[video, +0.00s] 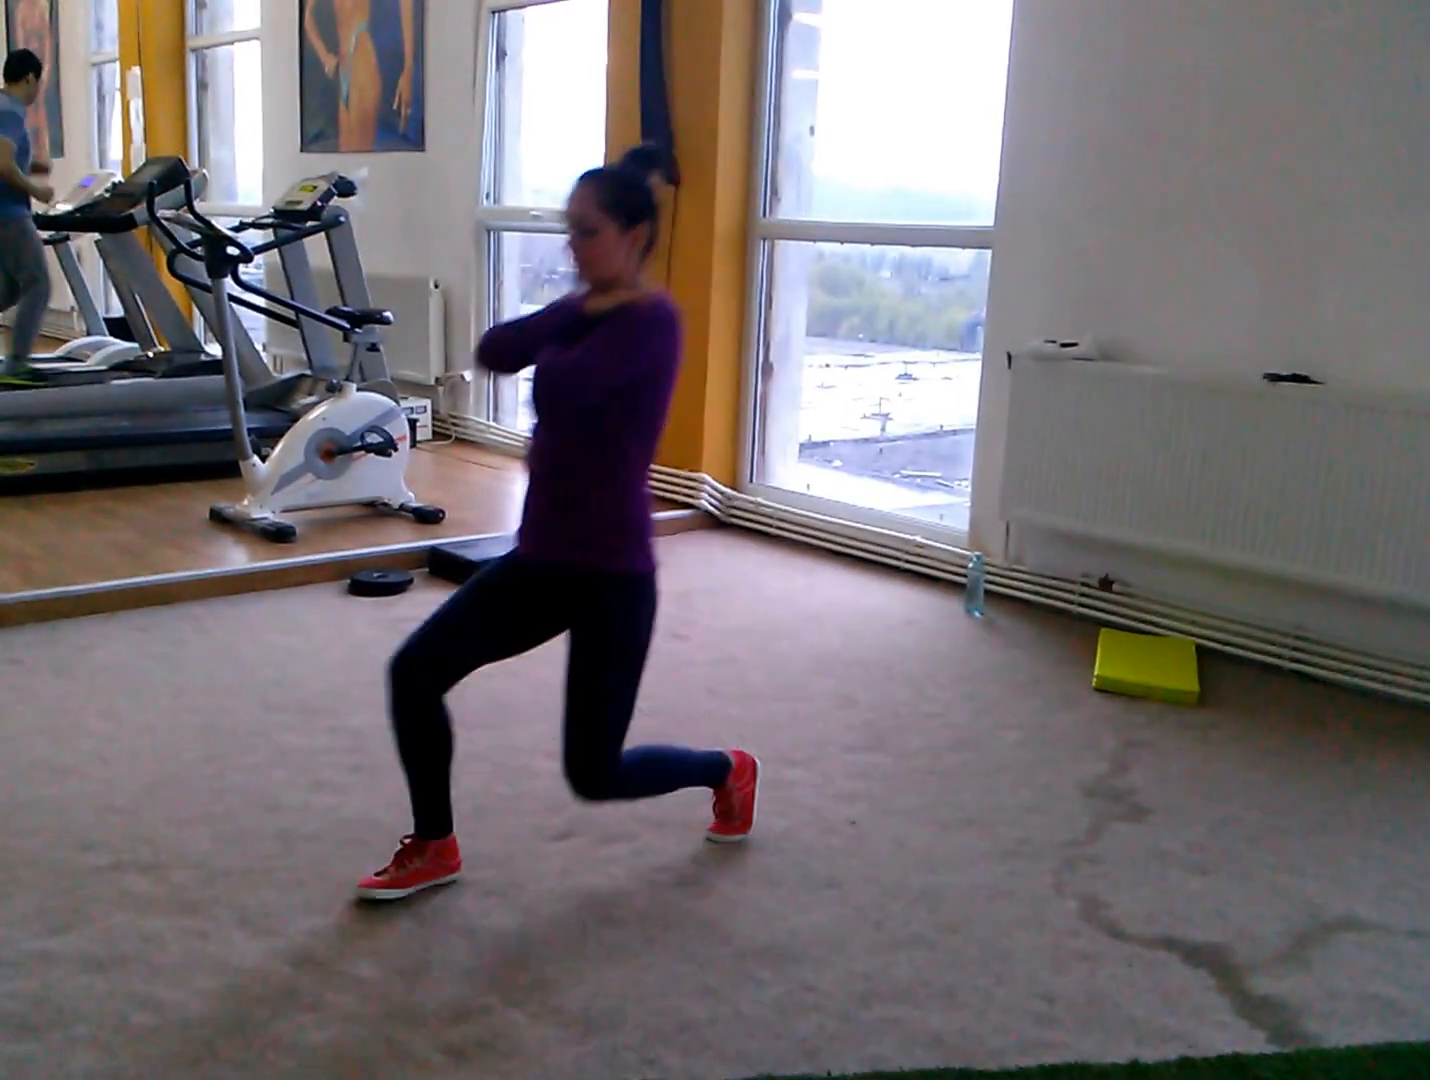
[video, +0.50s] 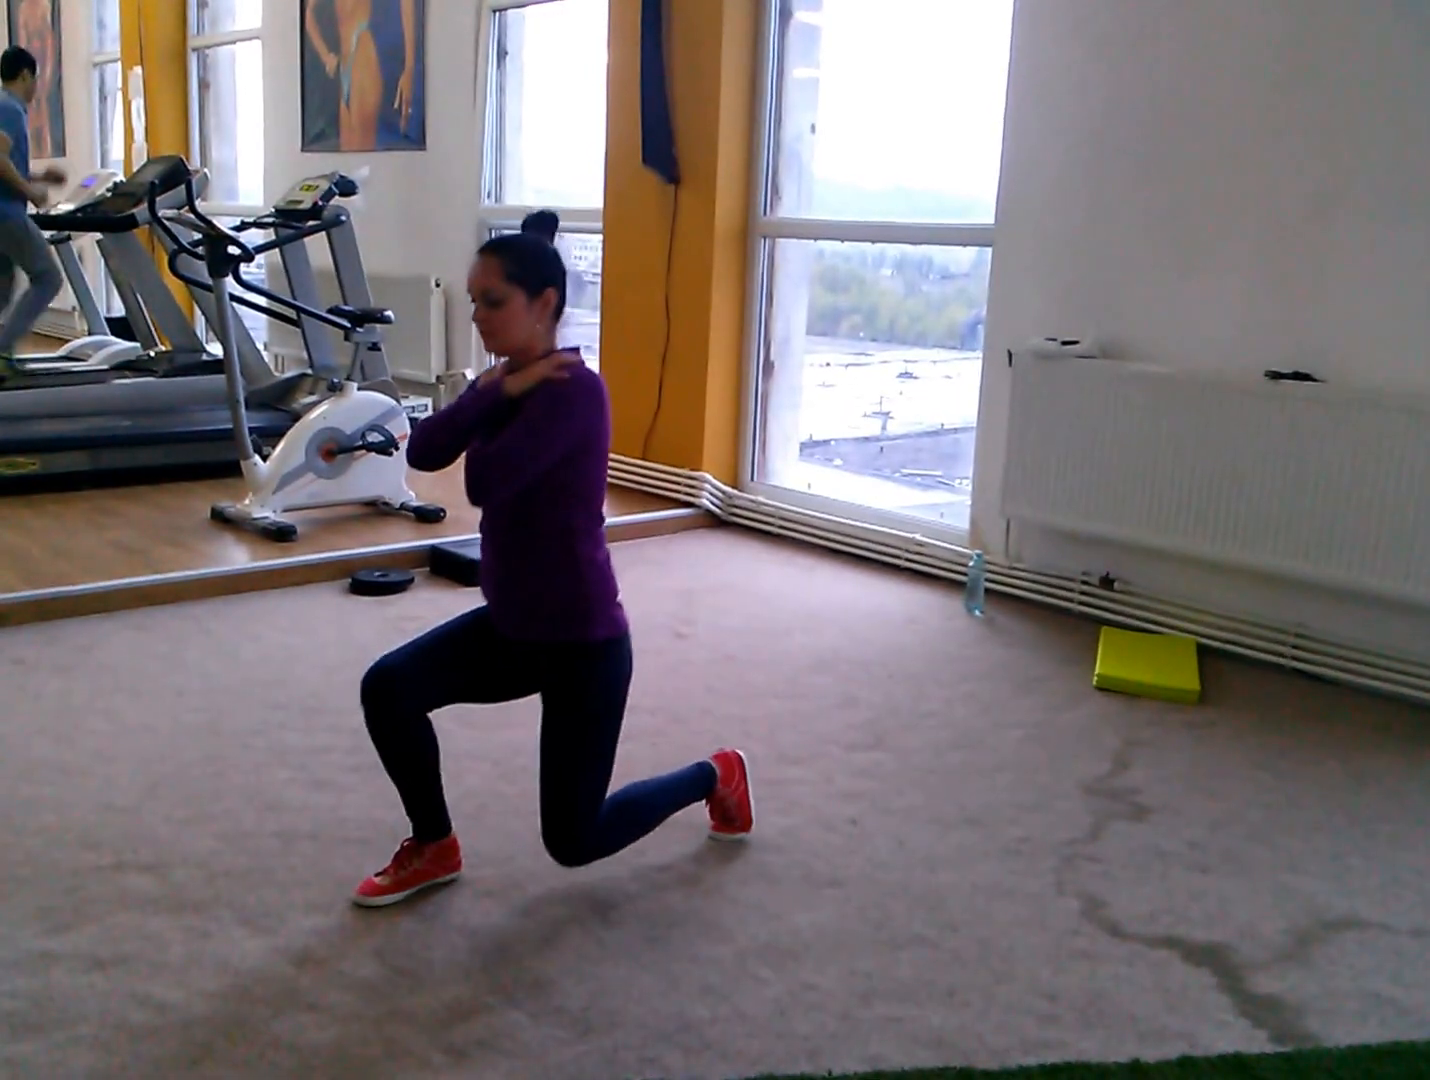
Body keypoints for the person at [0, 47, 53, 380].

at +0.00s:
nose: (39, 89)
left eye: (39, 82)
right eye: (38, 82)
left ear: (11, 78)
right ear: (28, 79)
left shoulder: (9, 110)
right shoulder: (11, 114)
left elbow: (8, 156)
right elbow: (6, 163)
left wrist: (30, 164)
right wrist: (33, 188)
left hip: (10, 213)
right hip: (11, 214)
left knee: (13, 286)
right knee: (38, 283)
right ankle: (17, 361)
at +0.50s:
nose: (35, 88)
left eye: (35, 80)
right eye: (35, 79)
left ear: (10, 76)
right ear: (24, 75)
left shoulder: (8, 110)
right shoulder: (10, 111)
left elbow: (8, 166)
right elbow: (4, 160)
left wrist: (40, 175)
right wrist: (31, 191)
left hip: (7, 212)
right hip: (8, 214)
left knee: (5, 287)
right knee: (49, 279)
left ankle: (4, 351)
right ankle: (5, 346)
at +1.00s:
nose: (40, 79)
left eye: (39, 72)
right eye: (39, 71)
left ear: (10, 68)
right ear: (29, 68)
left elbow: (18, 151)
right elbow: (21, 151)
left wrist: (44, 157)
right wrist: (53, 159)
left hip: (12, 210)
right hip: (7, 211)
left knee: (40, 272)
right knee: (1, 285)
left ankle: (57, 353)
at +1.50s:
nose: (44, 83)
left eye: (43, 76)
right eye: (42, 75)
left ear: (18, 73)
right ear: (31, 73)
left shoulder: (15, 110)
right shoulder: (10, 110)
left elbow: (12, 161)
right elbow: (3, 158)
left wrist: (43, 162)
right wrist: (28, 188)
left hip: (13, 209)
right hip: (12, 210)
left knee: (5, 287)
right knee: (44, 280)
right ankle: (32, 363)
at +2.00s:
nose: (44, 83)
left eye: (43, 76)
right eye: (41, 76)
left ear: (16, 78)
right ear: (27, 76)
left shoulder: (11, 110)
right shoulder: (13, 111)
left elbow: (13, 169)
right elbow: (8, 162)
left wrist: (48, 189)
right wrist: (44, 196)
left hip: (10, 214)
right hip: (11, 215)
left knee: (19, 286)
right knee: (46, 283)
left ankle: (4, 352)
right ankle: (1, 339)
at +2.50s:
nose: (47, 72)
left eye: (47, 64)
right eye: (45, 64)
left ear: (20, 65)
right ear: (32, 64)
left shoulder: (11, 95)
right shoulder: (20, 99)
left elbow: (22, 149)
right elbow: (26, 150)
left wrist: (48, 155)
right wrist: (56, 158)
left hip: (16, 210)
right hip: (12, 211)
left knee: (50, 268)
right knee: (1, 285)